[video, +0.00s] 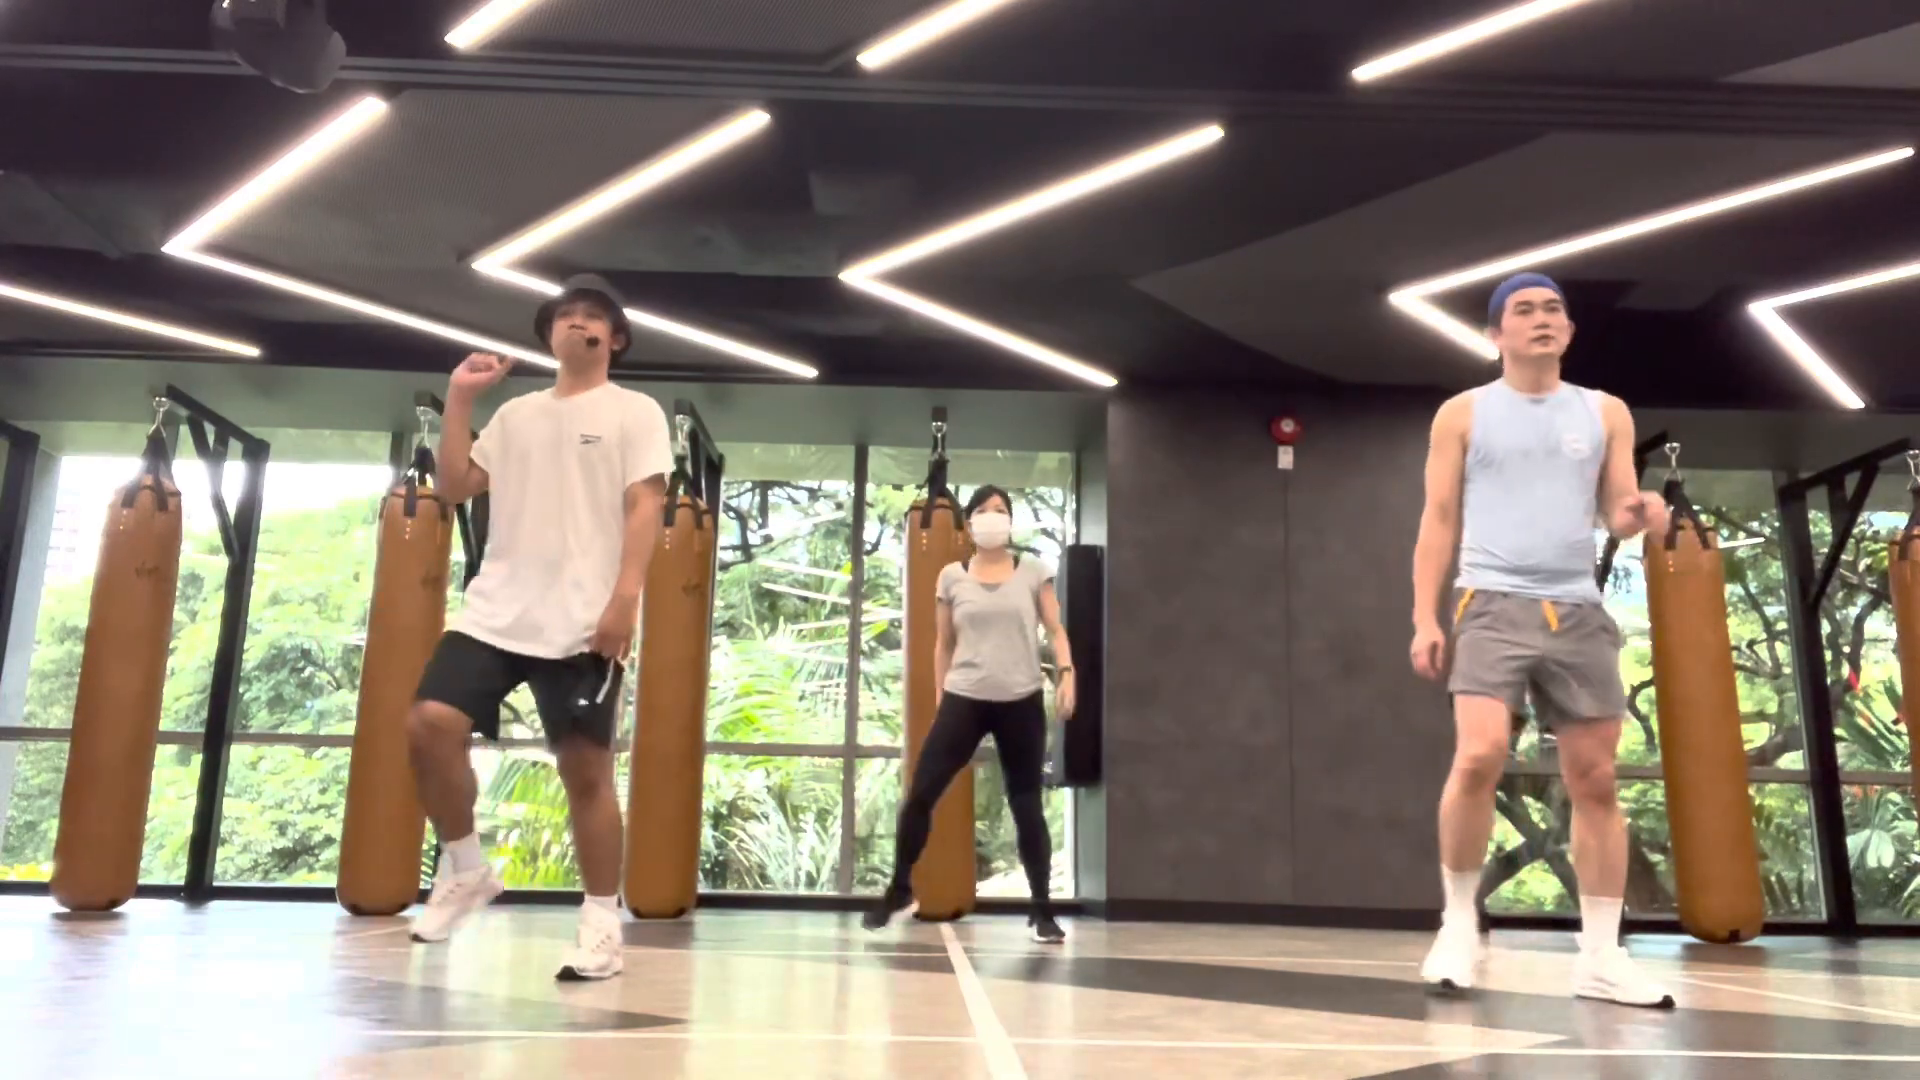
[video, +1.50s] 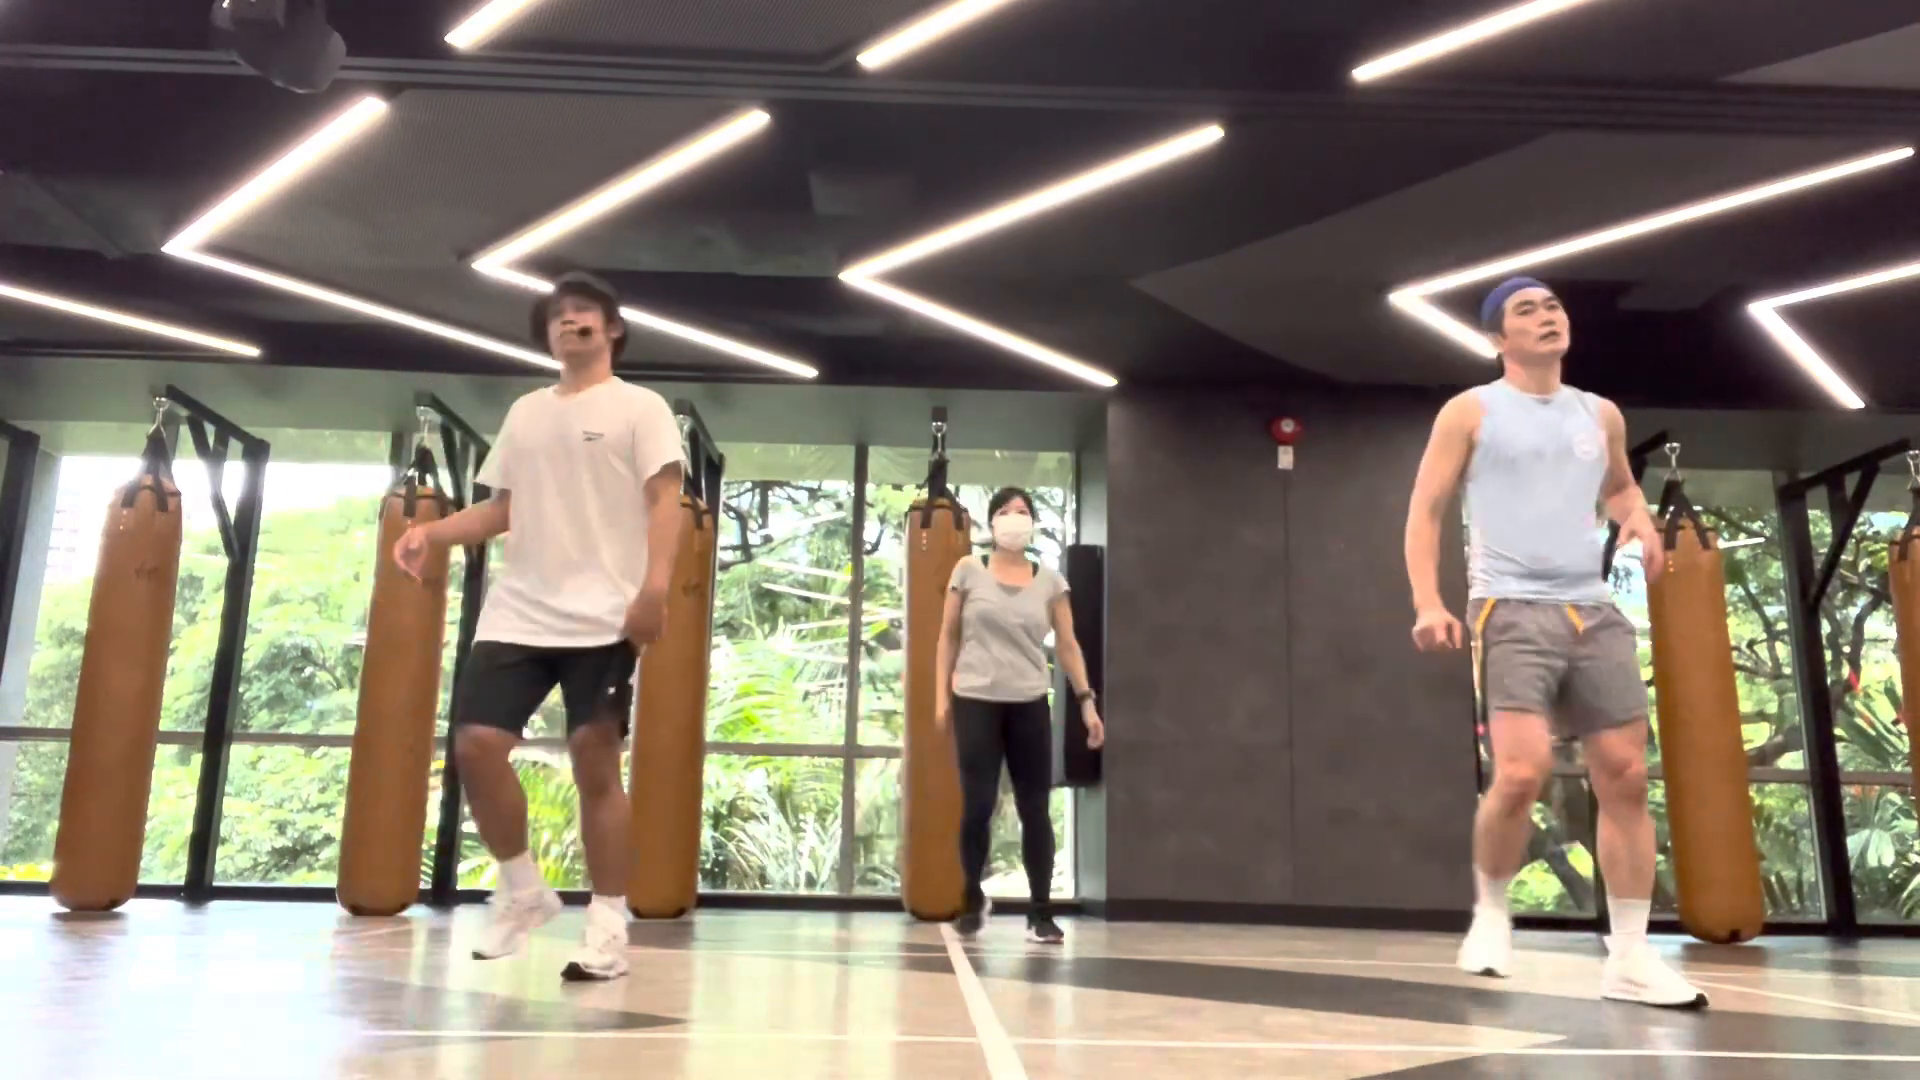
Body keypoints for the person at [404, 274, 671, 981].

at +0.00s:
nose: (579, 322)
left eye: (593, 314)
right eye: (568, 313)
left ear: (615, 337)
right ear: (548, 335)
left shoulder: (635, 412)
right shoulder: (515, 412)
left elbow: (645, 508)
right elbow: (453, 484)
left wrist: (623, 600)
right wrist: (460, 397)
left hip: (580, 615)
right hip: (496, 606)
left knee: (586, 773)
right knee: (433, 724)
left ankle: (601, 930)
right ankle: (466, 871)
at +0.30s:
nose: (473, 339)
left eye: (487, 329)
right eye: (473, 329)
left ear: (524, 341)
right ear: (478, 343)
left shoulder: (565, 420)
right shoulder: (439, 423)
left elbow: (585, 518)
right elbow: (382, 479)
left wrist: (584, 601)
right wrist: (392, 387)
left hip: (521, 630)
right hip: (428, 630)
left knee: (552, 776)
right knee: (387, 768)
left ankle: (597, 928)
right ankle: (358, 930)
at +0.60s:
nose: (421, 331)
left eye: (435, 320)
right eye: (424, 319)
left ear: (472, 331)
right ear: (443, 331)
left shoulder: (525, 411)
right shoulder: (397, 409)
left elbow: (534, 509)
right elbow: (342, 487)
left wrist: (517, 595)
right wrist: (300, 459)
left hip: (472, 614)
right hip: (384, 614)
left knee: (453, 748)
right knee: (372, 769)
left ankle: (474, 910)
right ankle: (357, 930)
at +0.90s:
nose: (430, 324)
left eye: (444, 312)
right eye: (430, 313)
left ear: (484, 325)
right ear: (442, 327)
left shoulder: (534, 411)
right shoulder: (401, 408)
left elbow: (543, 507)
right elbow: (382, 513)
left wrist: (534, 590)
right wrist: (363, 607)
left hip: (488, 613)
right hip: (396, 613)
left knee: (490, 735)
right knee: (370, 770)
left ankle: (499, 884)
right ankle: (356, 929)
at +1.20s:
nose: (492, 351)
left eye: (503, 339)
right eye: (493, 339)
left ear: (538, 344)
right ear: (513, 347)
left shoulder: (599, 426)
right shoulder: (474, 427)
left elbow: (603, 528)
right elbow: (433, 527)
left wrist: (593, 623)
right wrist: (382, 601)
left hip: (543, 641)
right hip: (454, 631)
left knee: (565, 775)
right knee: (403, 775)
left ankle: (606, 927)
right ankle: (361, 927)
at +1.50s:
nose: (573, 320)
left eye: (587, 312)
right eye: (562, 312)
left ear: (613, 331)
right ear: (547, 334)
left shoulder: (642, 408)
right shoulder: (526, 411)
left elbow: (667, 500)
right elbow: (505, 509)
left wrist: (656, 587)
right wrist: (434, 531)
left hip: (602, 614)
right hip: (517, 611)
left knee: (595, 759)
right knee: (476, 745)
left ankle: (608, 928)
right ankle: (525, 894)